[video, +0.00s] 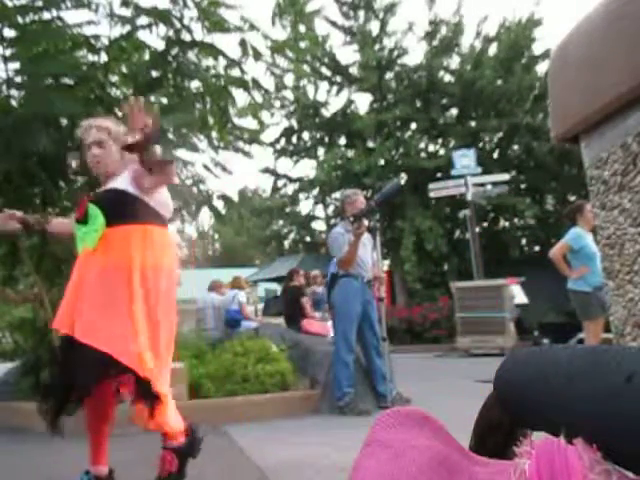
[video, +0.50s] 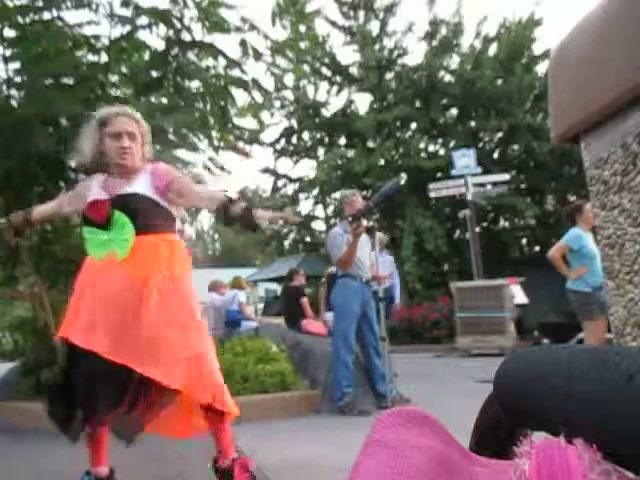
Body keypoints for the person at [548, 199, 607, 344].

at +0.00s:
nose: (593, 214)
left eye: (592, 211)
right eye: (589, 211)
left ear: (583, 215)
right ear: (580, 215)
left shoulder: (587, 235)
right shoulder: (576, 234)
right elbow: (555, 253)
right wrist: (569, 272)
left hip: (595, 286)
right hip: (582, 288)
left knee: (596, 335)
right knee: (592, 336)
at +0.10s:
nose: (593, 215)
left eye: (592, 211)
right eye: (589, 211)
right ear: (580, 215)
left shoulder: (587, 235)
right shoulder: (576, 234)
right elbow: (554, 253)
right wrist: (569, 272)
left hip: (595, 286)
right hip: (582, 288)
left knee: (596, 336)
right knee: (592, 337)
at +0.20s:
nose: (593, 215)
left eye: (592, 211)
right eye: (589, 211)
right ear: (579, 215)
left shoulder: (587, 235)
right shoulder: (576, 234)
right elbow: (554, 253)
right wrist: (568, 272)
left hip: (595, 286)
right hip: (582, 288)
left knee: (596, 336)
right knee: (592, 337)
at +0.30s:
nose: (593, 215)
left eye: (592, 211)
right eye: (589, 211)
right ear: (579, 215)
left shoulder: (587, 235)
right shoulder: (576, 234)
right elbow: (554, 253)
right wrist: (568, 272)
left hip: (595, 286)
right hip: (582, 288)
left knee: (596, 336)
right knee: (592, 337)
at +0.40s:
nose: (594, 213)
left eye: (592, 210)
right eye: (589, 211)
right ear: (579, 216)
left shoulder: (587, 235)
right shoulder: (575, 234)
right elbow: (553, 254)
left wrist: (599, 278)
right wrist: (568, 273)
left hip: (594, 286)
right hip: (583, 288)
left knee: (596, 336)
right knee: (593, 337)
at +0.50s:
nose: (594, 214)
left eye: (592, 210)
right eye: (589, 211)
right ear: (579, 215)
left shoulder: (587, 235)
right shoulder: (575, 234)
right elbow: (553, 254)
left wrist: (598, 278)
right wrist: (568, 273)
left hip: (594, 286)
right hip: (583, 288)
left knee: (598, 336)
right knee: (595, 336)